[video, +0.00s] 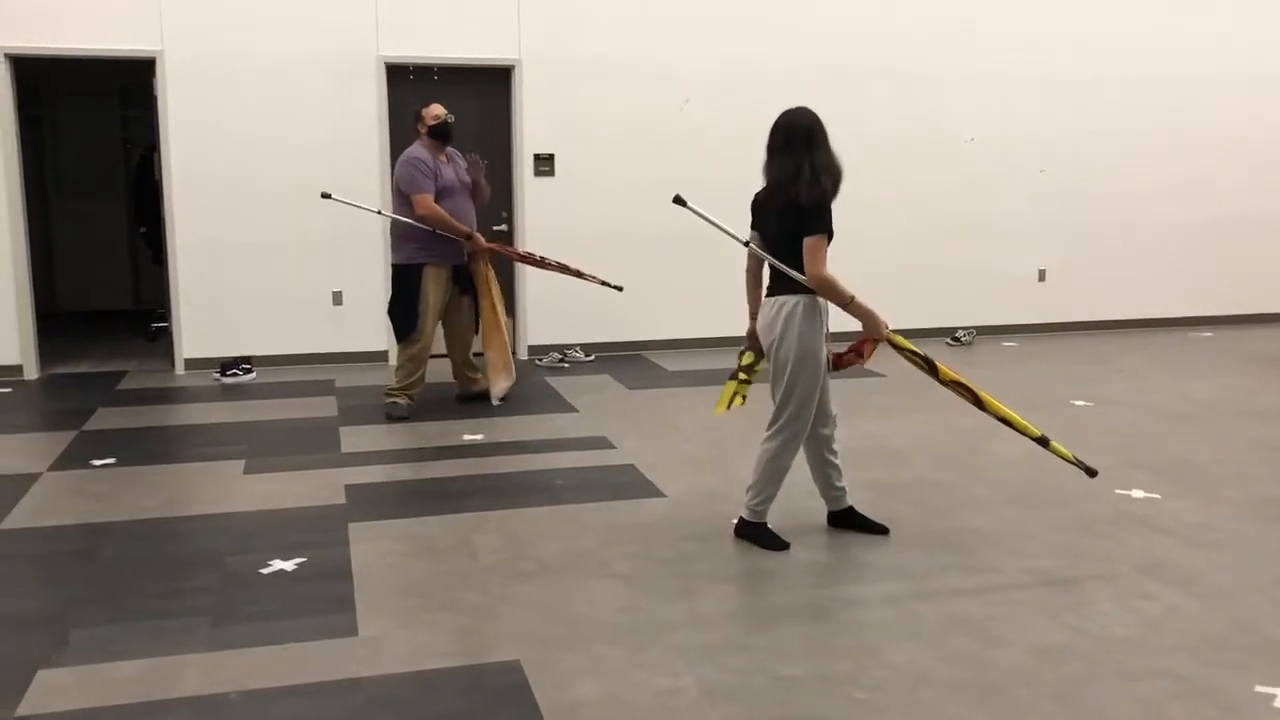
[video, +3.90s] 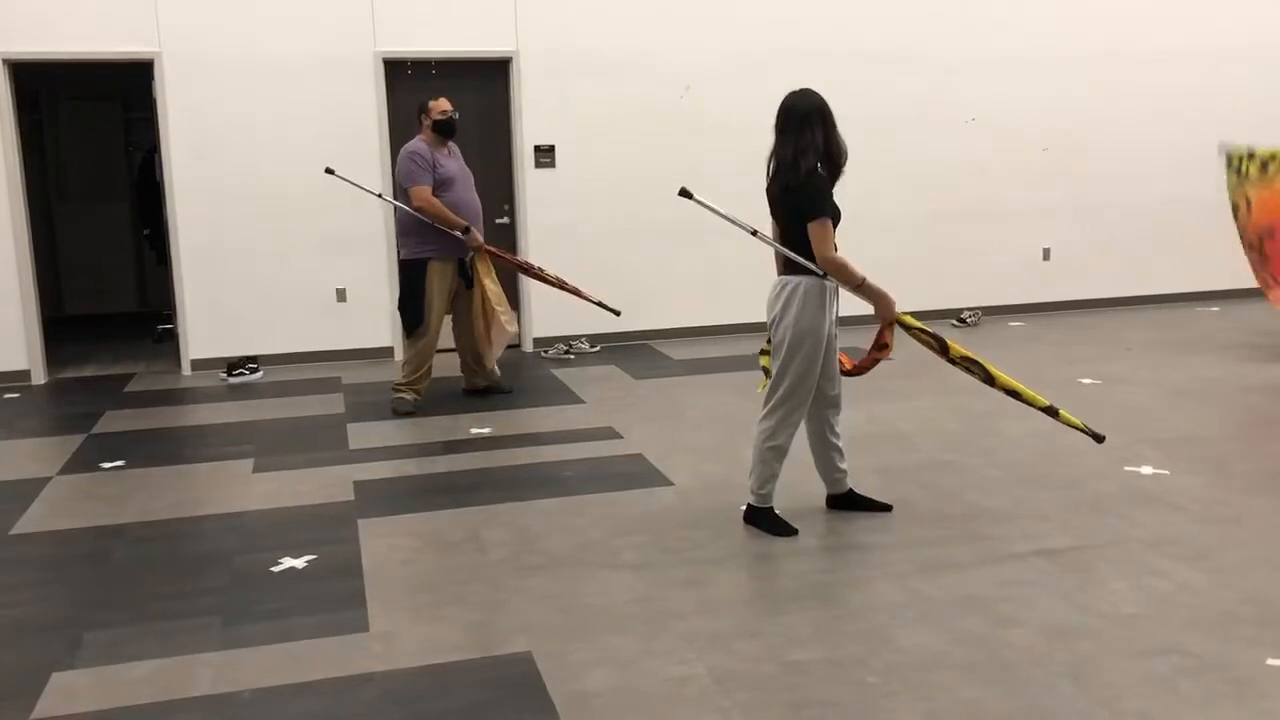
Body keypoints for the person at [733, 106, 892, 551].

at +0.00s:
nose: (829, 153)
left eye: (822, 145)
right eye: (825, 145)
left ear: (774, 149)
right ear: (819, 149)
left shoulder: (764, 200)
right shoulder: (813, 199)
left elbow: (754, 264)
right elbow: (815, 275)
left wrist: (754, 322)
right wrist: (866, 314)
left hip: (778, 311)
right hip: (800, 313)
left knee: (819, 417)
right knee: (793, 417)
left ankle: (839, 509)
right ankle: (752, 518)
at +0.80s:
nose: (827, 158)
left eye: (822, 150)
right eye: (822, 150)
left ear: (776, 153)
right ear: (814, 153)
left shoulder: (773, 201)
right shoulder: (805, 202)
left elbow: (772, 274)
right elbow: (816, 280)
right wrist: (865, 321)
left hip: (795, 316)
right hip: (799, 317)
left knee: (825, 420)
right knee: (788, 423)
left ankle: (833, 513)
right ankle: (754, 524)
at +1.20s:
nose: (840, 145)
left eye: (839, 137)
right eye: (834, 138)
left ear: (804, 141)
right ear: (814, 143)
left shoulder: (810, 193)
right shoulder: (801, 196)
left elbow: (817, 270)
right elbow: (817, 274)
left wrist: (850, 311)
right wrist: (869, 315)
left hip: (821, 311)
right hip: (798, 312)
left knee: (830, 415)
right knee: (785, 419)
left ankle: (833, 510)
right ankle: (753, 520)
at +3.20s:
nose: (838, 139)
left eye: (833, 131)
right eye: (833, 131)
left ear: (787, 136)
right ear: (827, 135)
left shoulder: (787, 182)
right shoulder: (817, 184)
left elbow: (784, 261)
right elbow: (831, 261)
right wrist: (878, 302)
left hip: (806, 298)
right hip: (808, 299)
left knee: (826, 402)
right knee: (789, 406)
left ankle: (840, 495)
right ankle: (760, 508)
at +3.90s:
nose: (834, 133)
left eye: (829, 125)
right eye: (830, 125)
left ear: (785, 129)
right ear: (821, 128)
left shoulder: (784, 177)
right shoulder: (810, 179)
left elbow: (782, 247)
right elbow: (825, 257)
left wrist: (790, 297)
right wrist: (876, 296)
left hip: (805, 292)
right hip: (805, 295)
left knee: (825, 398)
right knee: (786, 402)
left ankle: (838, 491)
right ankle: (759, 503)